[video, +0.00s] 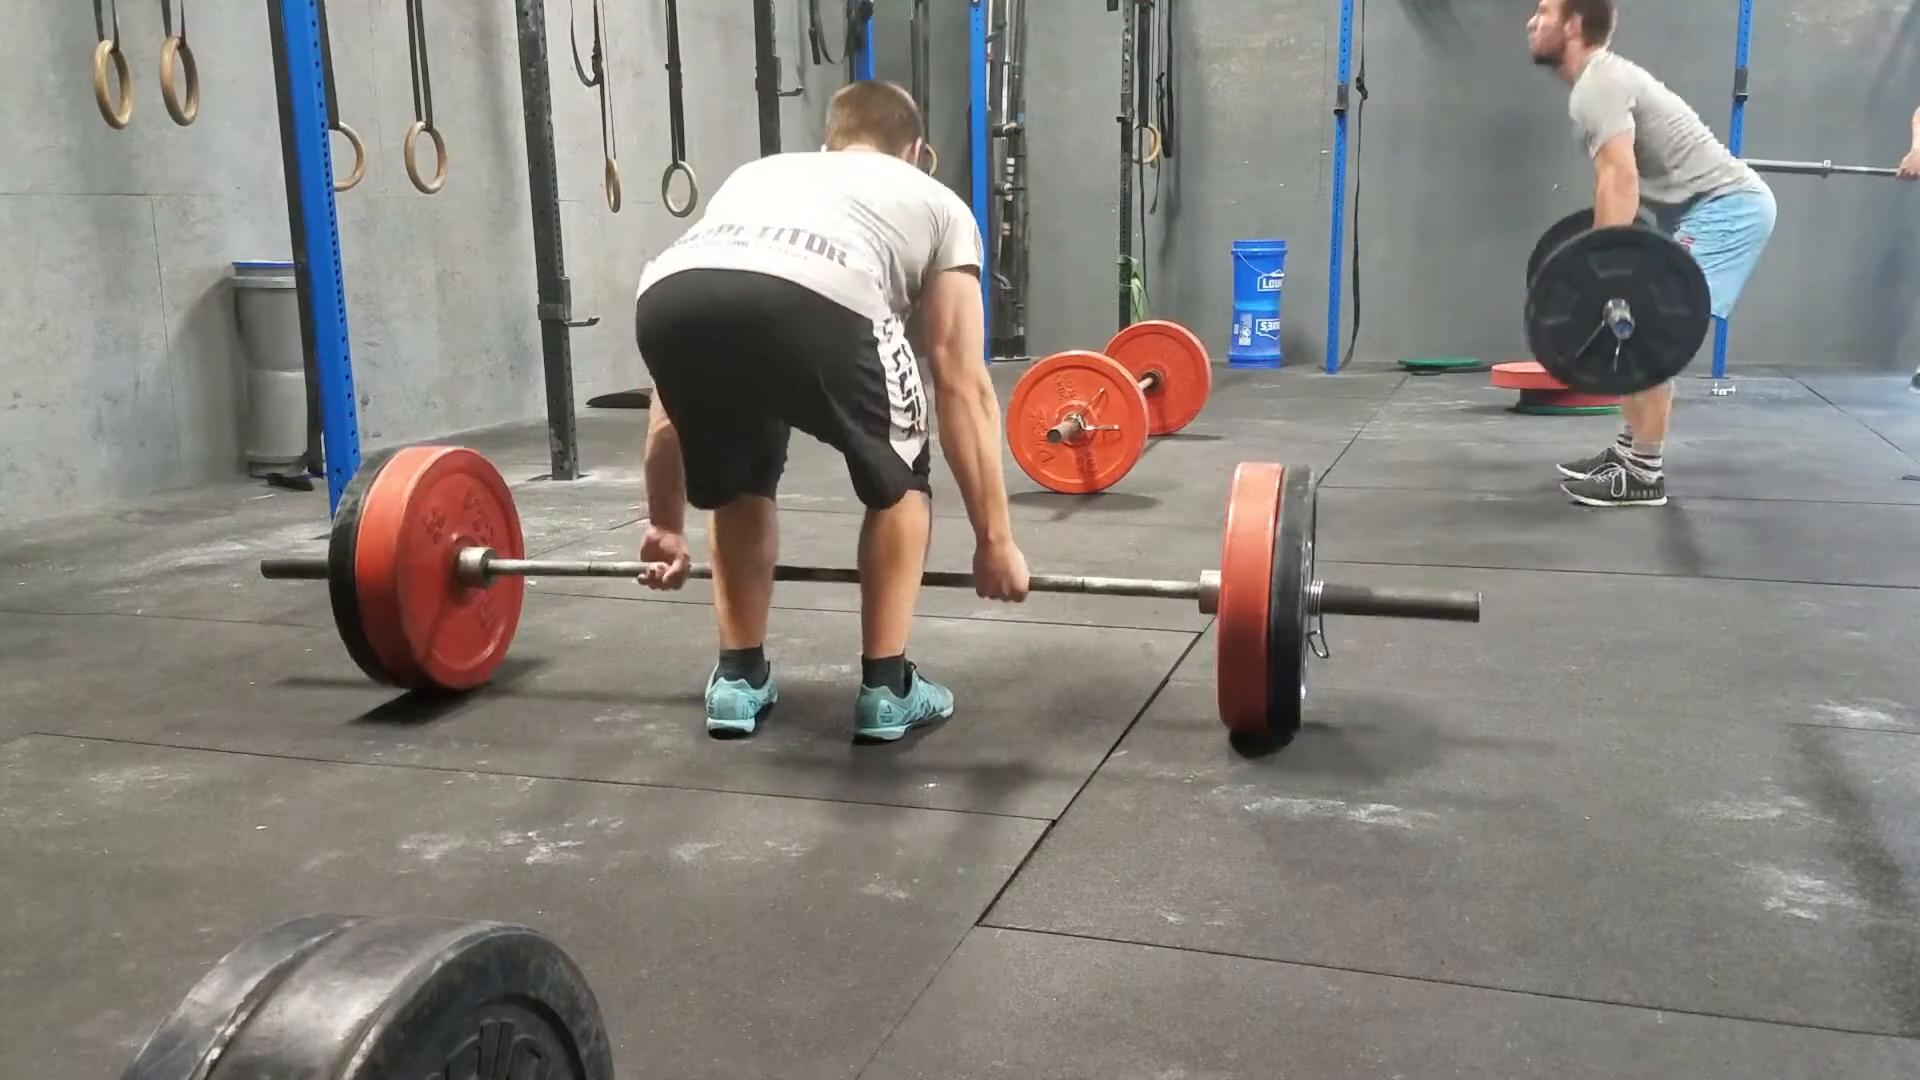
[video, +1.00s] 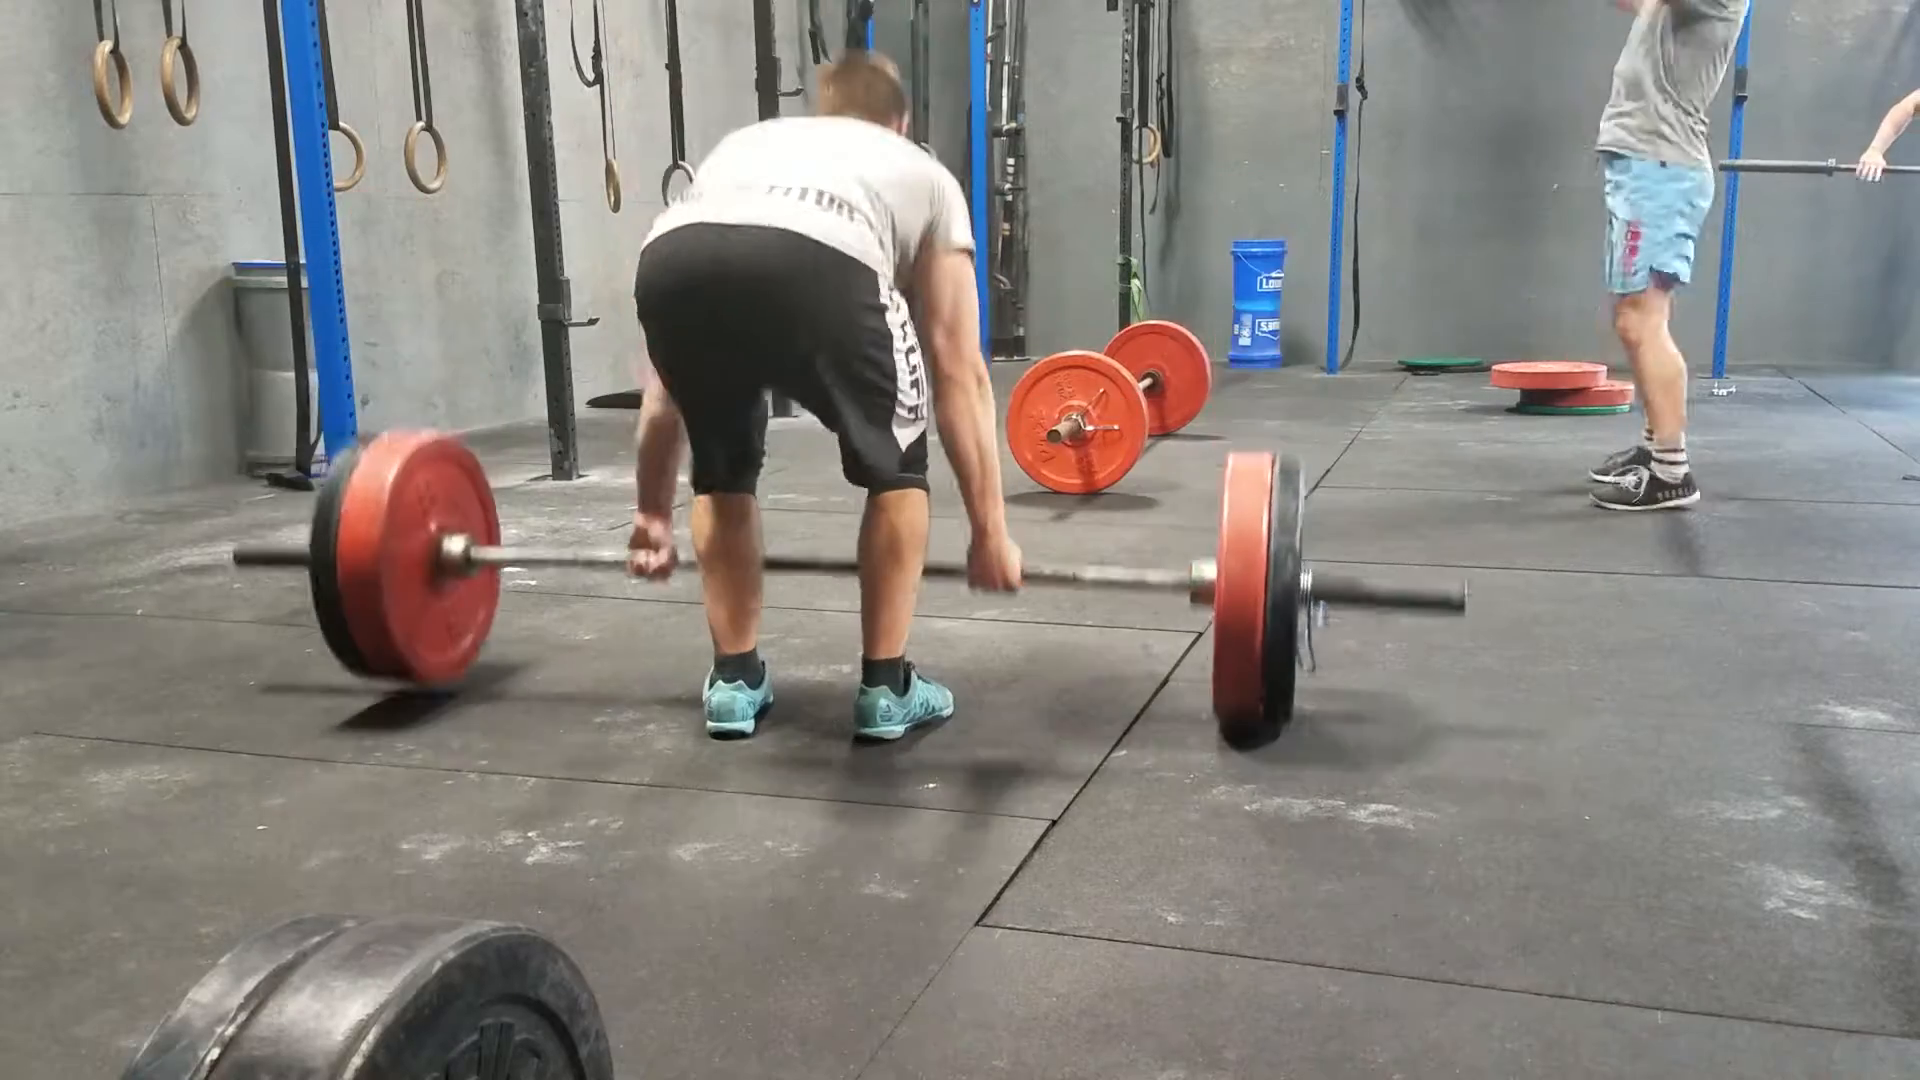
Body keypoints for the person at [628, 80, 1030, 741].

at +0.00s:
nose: (920, 167)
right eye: (922, 159)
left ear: (831, 144)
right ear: (914, 153)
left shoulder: (752, 174)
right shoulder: (938, 204)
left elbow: (670, 408)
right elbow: (960, 385)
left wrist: (663, 524)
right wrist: (995, 538)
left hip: (677, 299)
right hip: (818, 307)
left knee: (739, 480)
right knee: (898, 484)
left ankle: (738, 678)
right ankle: (886, 685)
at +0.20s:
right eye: (918, 73)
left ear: (822, 56)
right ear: (908, 66)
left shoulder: (748, 90)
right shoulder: (931, 117)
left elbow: (671, 296)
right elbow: (959, 295)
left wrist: (657, 442)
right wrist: (994, 453)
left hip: (678, 219)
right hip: (808, 224)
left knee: (735, 467)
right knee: (883, 467)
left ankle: (733, 680)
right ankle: (886, 688)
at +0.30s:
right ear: (906, 13)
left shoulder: (729, 26)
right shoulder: (926, 42)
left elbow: (668, 214)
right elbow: (958, 223)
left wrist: (647, 367)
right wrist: (990, 382)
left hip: (686, 197)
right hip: (808, 198)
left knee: (728, 463)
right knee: (878, 456)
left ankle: (732, 680)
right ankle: (886, 686)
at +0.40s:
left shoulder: (689, 8)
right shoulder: (923, 6)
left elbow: (650, 148)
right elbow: (949, 137)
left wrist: (639, 293)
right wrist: (986, 300)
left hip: (699, 183)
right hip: (819, 184)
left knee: (728, 455)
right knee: (875, 454)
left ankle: (732, 680)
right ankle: (886, 684)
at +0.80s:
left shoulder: (697, 9)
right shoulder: (916, 8)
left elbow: (653, 194)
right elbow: (942, 192)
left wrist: (632, 348)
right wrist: (981, 359)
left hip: (682, 201)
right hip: (808, 203)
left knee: (716, 465)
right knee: (874, 459)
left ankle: (730, 684)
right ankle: (884, 688)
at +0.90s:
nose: (899, 36)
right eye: (899, 28)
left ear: (806, 21)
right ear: (892, 28)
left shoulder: (727, 64)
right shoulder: (919, 86)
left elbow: (660, 253)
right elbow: (950, 281)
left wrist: (642, 428)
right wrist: (984, 445)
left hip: (680, 219)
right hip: (814, 223)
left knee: (714, 473)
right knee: (883, 462)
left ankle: (730, 682)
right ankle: (884, 687)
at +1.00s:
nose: (907, 138)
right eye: (909, 130)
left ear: (818, 112)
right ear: (900, 124)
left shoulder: (738, 145)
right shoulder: (924, 176)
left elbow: (664, 397)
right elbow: (957, 366)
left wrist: (650, 512)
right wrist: (990, 530)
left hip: (680, 259)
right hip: (820, 268)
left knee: (723, 479)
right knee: (896, 472)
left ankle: (734, 682)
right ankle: (885, 686)